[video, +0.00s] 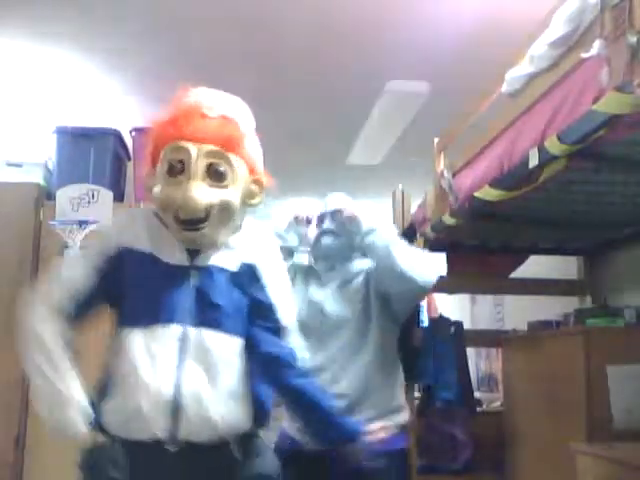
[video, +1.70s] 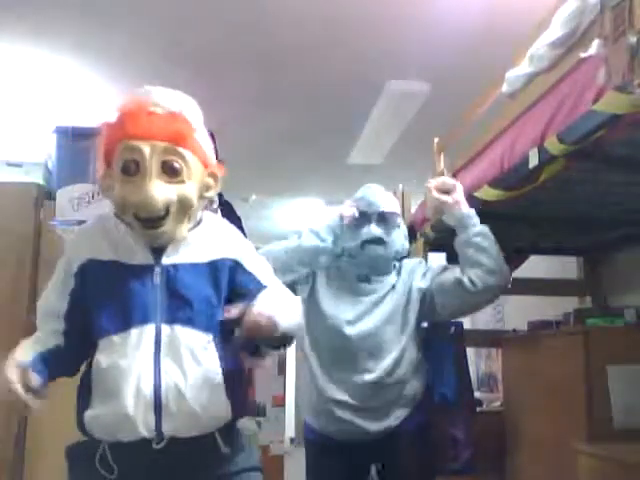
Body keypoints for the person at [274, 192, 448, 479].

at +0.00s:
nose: (327, 225)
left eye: (339, 218)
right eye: (320, 218)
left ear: (357, 231)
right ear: (308, 230)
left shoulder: (376, 277)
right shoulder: (297, 278)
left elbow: (423, 279)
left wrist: (365, 231)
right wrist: (290, 236)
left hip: (373, 436)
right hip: (303, 435)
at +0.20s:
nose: (333, 216)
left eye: (343, 207)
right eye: (324, 207)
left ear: (362, 215)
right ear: (312, 214)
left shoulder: (385, 259)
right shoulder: (293, 262)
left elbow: (436, 258)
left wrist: (373, 209)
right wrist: (293, 218)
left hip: (381, 427)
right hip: (308, 427)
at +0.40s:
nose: (348, 239)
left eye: (361, 228)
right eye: (340, 228)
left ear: (380, 242)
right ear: (322, 238)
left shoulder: (396, 289)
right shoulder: (297, 289)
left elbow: (433, 238)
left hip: (389, 453)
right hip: (318, 454)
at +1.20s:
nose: (352, 244)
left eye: (360, 231)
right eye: (340, 237)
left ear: (373, 228)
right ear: (325, 241)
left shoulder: (403, 270)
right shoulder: (311, 290)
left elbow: (430, 210)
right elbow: (263, 324)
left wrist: (453, 131)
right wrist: (319, 276)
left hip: (397, 443)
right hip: (322, 444)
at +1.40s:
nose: (348, 234)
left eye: (359, 225)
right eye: (338, 229)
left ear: (383, 236)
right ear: (325, 247)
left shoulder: (413, 282)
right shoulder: (315, 298)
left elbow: (461, 224)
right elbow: (288, 341)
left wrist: (415, 169)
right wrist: (311, 257)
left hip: (393, 456)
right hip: (320, 454)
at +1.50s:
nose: (361, 227)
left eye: (374, 219)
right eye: (350, 223)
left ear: (397, 235)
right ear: (338, 240)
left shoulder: (420, 279)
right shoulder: (319, 285)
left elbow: (482, 238)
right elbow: (276, 311)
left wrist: (432, 181)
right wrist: (327, 245)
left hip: (397, 453)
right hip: (323, 454)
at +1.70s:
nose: (373, 230)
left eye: (386, 220)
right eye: (361, 219)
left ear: (403, 230)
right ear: (343, 226)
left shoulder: (415, 280)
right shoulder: (315, 277)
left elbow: (488, 278)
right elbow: (256, 268)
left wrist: (460, 215)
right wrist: (330, 232)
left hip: (403, 433)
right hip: (331, 437)